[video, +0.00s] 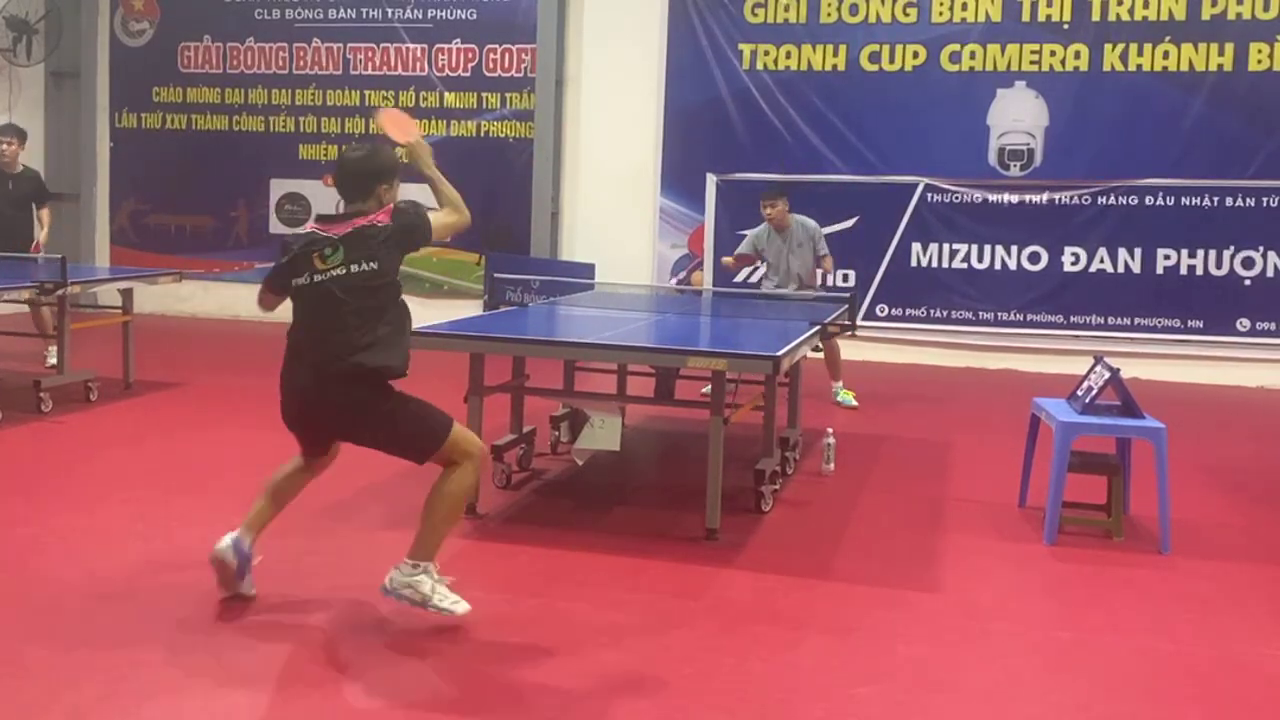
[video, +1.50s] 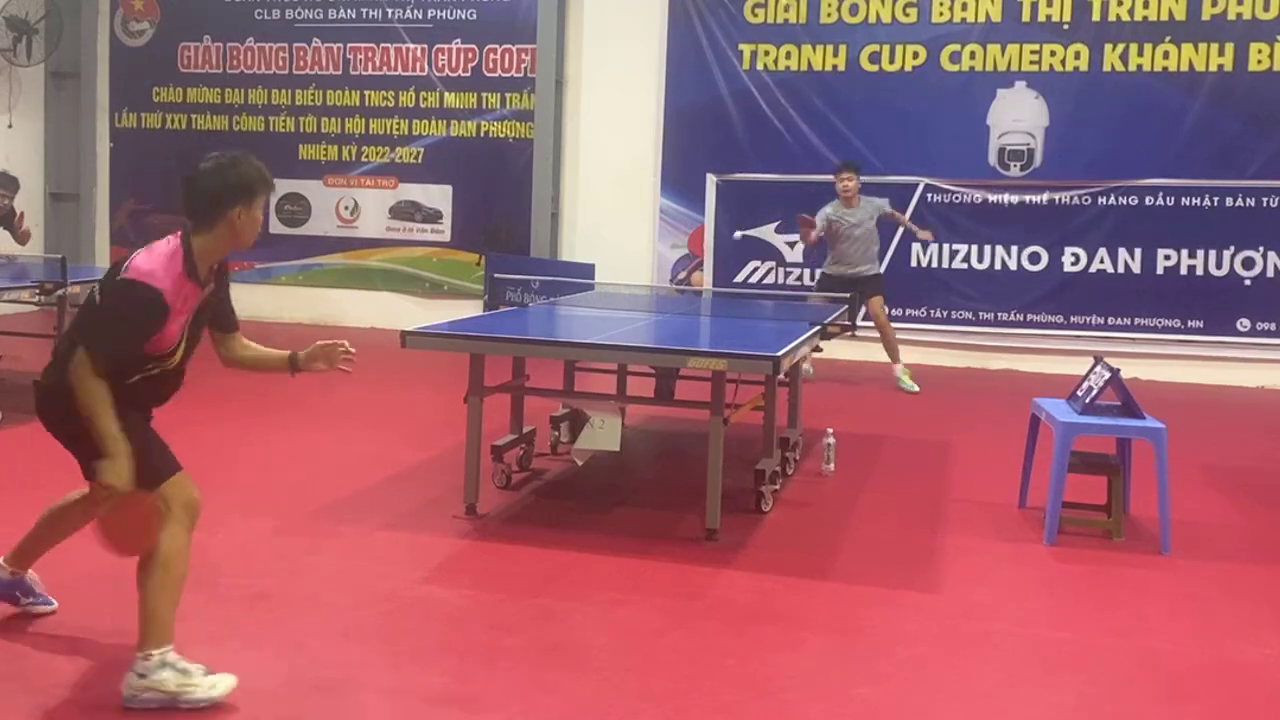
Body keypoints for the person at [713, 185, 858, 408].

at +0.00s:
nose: (768, 212)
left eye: (772, 207)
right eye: (764, 208)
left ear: (786, 206)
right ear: (761, 209)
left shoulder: (808, 227)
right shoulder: (759, 234)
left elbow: (824, 256)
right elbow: (742, 260)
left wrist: (827, 266)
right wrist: (732, 262)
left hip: (806, 295)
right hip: (770, 295)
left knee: (828, 334)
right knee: (736, 326)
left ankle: (838, 388)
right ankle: (722, 380)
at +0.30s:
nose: (725, 192)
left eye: (729, 187)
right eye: (721, 189)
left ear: (742, 189)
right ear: (720, 195)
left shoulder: (766, 207)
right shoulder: (718, 228)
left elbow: (802, 200)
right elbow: (711, 265)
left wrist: (832, 191)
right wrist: (704, 287)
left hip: (780, 283)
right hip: (743, 288)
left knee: (812, 321)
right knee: (728, 328)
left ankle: (829, 370)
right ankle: (727, 378)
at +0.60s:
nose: (721, 178)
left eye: (726, 173)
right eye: (718, 174)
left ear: (737, 175)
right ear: (715, 178)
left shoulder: (756, 194)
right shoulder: (710, 208)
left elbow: (786, 196)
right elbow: (692, 237)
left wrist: (812, 209)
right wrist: (673, 260)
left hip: (757, 273)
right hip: (725, 273)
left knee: (761, 320)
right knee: (711, 316)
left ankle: (757, 368)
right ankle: (713, 361)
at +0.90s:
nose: (749, 214)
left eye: (754, 209)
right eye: (746, 209)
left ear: (764, 212)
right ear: (741, 212)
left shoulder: (776, 235)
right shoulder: (729, 237)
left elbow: (783, 257)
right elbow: (714, 264)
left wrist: (777, 268)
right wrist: (719, 291)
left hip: (769, 295)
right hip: (735, 296)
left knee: (800, 319)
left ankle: (809, 364)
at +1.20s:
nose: (814, 196)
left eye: (819, 191)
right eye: (810, 191)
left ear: (827, 192)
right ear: (803, 192)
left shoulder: (839, 212)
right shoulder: (796, 219)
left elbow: (850, 234)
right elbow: (779, 253)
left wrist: (864, 245)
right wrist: (795, 251)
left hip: (828, 279)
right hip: (796, 279)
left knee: (837, 320)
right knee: (786, 320)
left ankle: (820, 365)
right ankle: (791, 359)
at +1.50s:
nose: (845, 185)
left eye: (850, 180)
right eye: (841, 181)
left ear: (859, 183)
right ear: (835, 185)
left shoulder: (874, 205)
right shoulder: (828, 213)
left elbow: (895, 216)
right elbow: (812, 239)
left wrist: (917, 231)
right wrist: (807, 236)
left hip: (868, 274)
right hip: (834, 275)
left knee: (879, 317)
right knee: (811, 316)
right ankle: (804, 360)